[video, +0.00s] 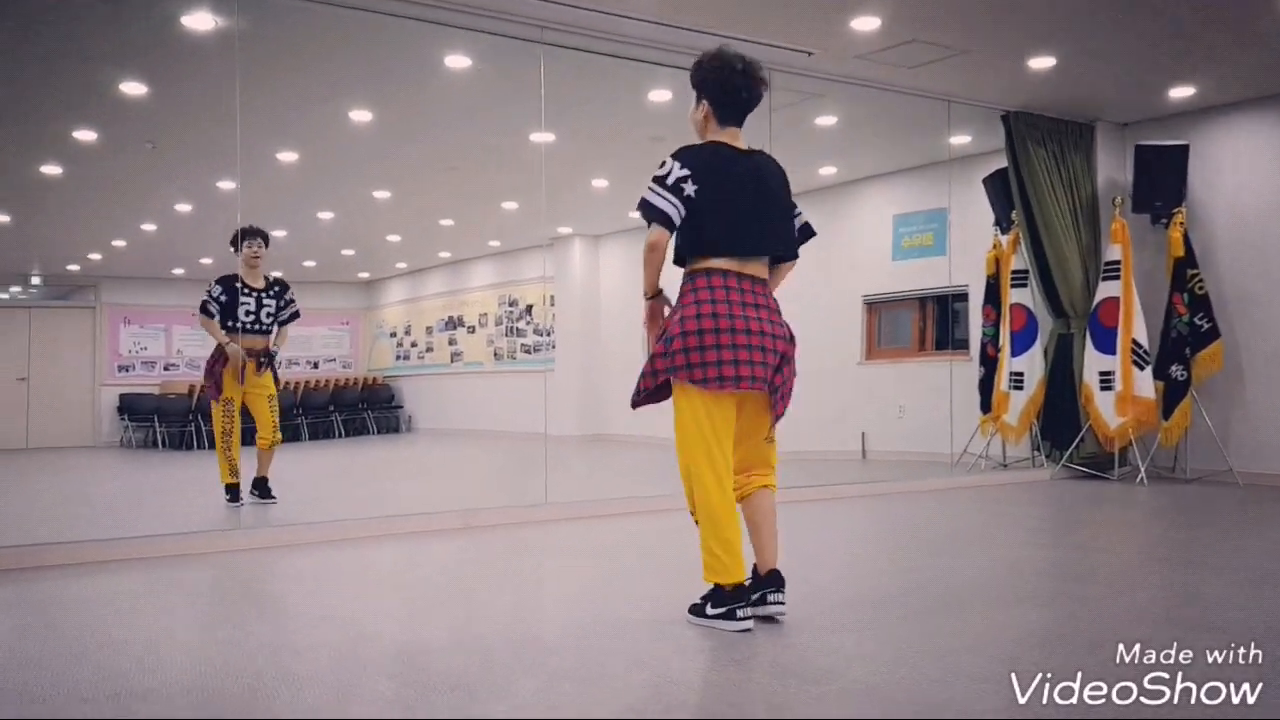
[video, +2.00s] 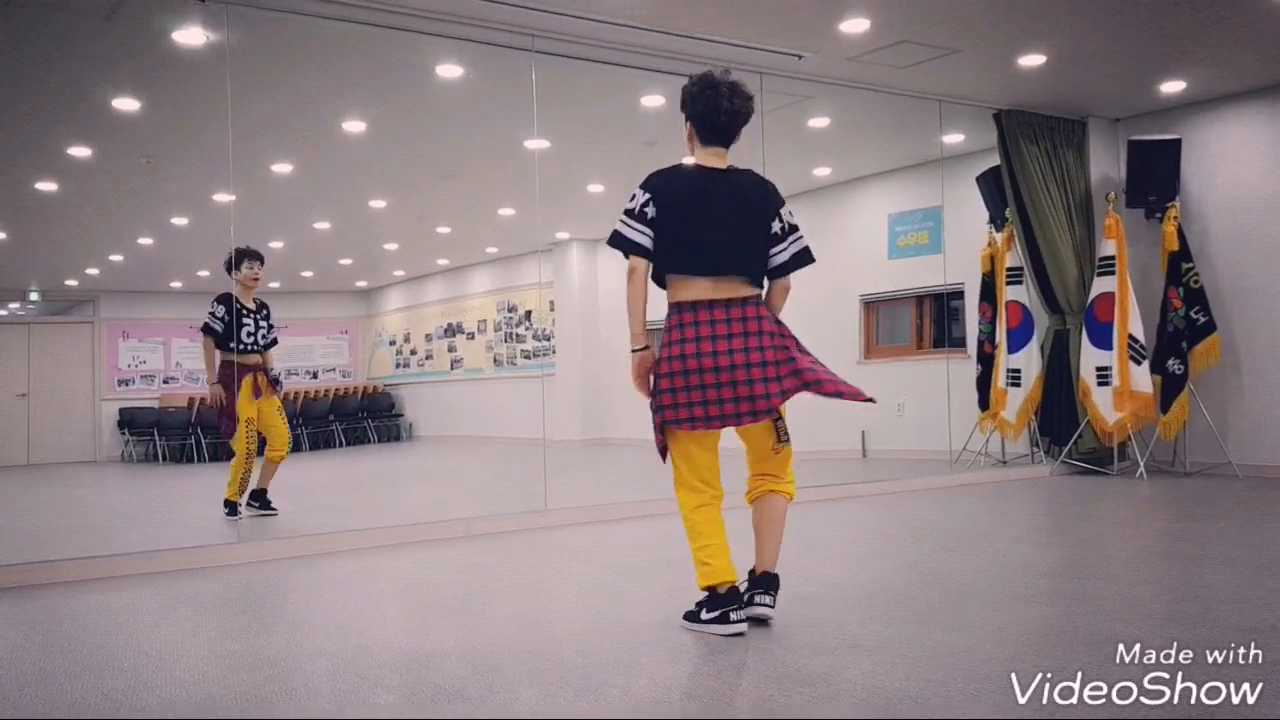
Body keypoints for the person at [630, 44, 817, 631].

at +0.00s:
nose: (691, 111)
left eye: (693, 102)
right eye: (694, 102)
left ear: (703, 107)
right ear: (748, 110)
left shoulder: (685, 163)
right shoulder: (771, 171)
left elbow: (657, 238)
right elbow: (792, 251)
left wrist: (652, 298)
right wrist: (755, 298)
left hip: (703, 310)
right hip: (762, 313)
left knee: (706, 459)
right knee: (754, 458)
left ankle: (727, 589)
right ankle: (769, 579)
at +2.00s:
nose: (686, 128)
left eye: (685, 120)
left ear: (686, 126)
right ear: (740, 130)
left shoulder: (659, 185)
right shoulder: (762, 191)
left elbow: (637, 271)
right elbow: (782, 279)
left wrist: (639, 345)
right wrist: (760, 337)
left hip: (685, 344)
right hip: (753, 340)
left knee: (697, 483)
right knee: (770, 462)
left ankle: (721, 595)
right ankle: (764, 581)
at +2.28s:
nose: (685, 121)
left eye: (686, 113)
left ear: (691, 118)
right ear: (742, 119)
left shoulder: (672, 173)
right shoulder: (766, 178)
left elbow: (648, 252)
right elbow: (791, 257)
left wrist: (641, 304)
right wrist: (754, 309)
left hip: (690, 321)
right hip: (752, 324)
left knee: (696, 468)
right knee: (747, 461)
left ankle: (721, 596)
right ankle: (766, 578)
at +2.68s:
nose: (691, 132)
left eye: (693, 124)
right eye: (693, 123)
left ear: (702, 130)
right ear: (749, 132)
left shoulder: (697, 188)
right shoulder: (769, 190)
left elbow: (690, 280)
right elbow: (800, 269)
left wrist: (668, 355)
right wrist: (770, 328)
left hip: (724, 340)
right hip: (775, 342)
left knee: (681, 486)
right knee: (754, 485)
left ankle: (719, 588)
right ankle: (771, 593)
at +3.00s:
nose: (692, 126)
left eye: (693, 118)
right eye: (696, 118)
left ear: (701, 122)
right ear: (747, 127)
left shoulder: (681, 174)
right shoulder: (772, 182)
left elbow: (671, 239)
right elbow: (807, 259)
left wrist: (685, 313)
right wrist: (778, 314)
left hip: (721, 332)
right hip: (784, 327)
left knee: (686, 477)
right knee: (784, 476)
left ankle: (708, 578)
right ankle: (775, 596)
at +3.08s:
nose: (691, 127)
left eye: (693, 118)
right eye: (696, 119)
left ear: (700, 123)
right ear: (746, 128)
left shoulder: (677, 174)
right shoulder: (769, 186)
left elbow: (660, 236)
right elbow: (803, 267)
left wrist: (674, 309)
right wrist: (776, 320)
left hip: (713, 336)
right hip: (777, 331)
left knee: (695, 484)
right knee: (781, 475)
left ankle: (706, 596)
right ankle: (774, 596)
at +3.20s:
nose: (688, 127)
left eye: (690, 118)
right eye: (692, 119)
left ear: (698, 122)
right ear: (746, 126)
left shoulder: (669, 178)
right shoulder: (768, 186)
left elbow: (654, 256)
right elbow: (792, 275)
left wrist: (655, 332)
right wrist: (770, 330)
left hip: (703, 334)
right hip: (767, 332)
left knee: (702, 480)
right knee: (767, 473)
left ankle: (710, 601)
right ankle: (771, 596)